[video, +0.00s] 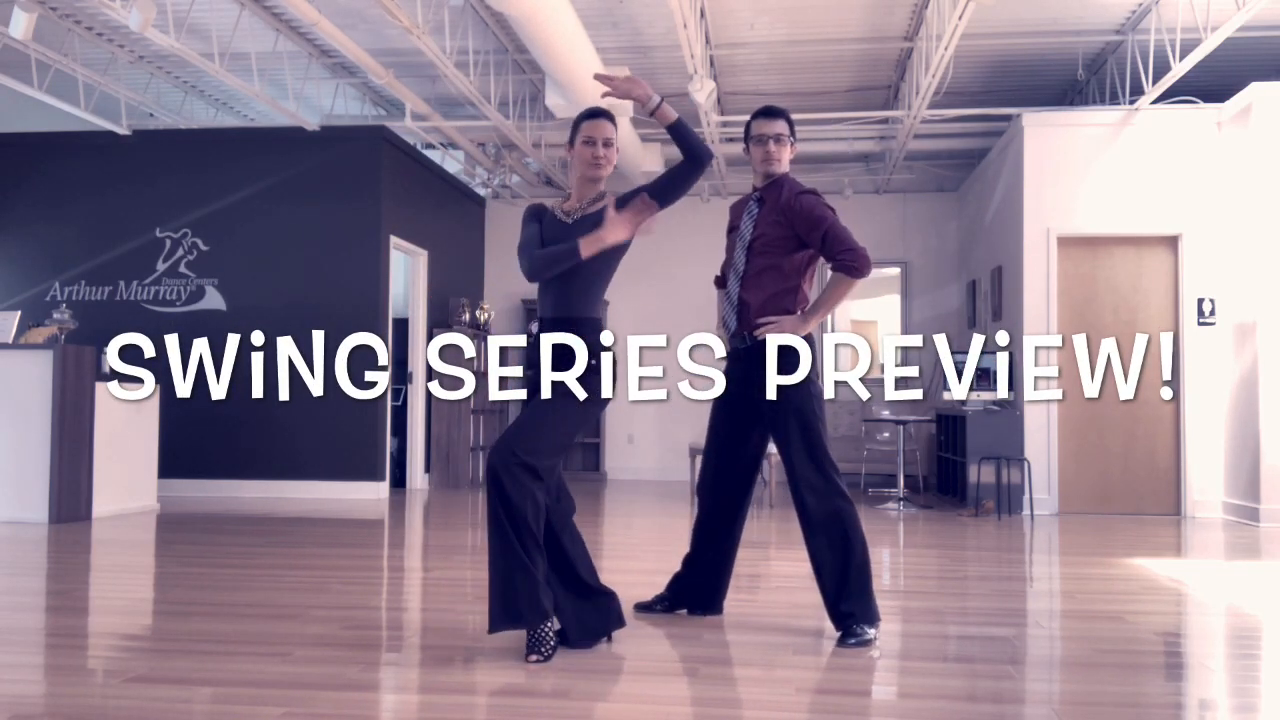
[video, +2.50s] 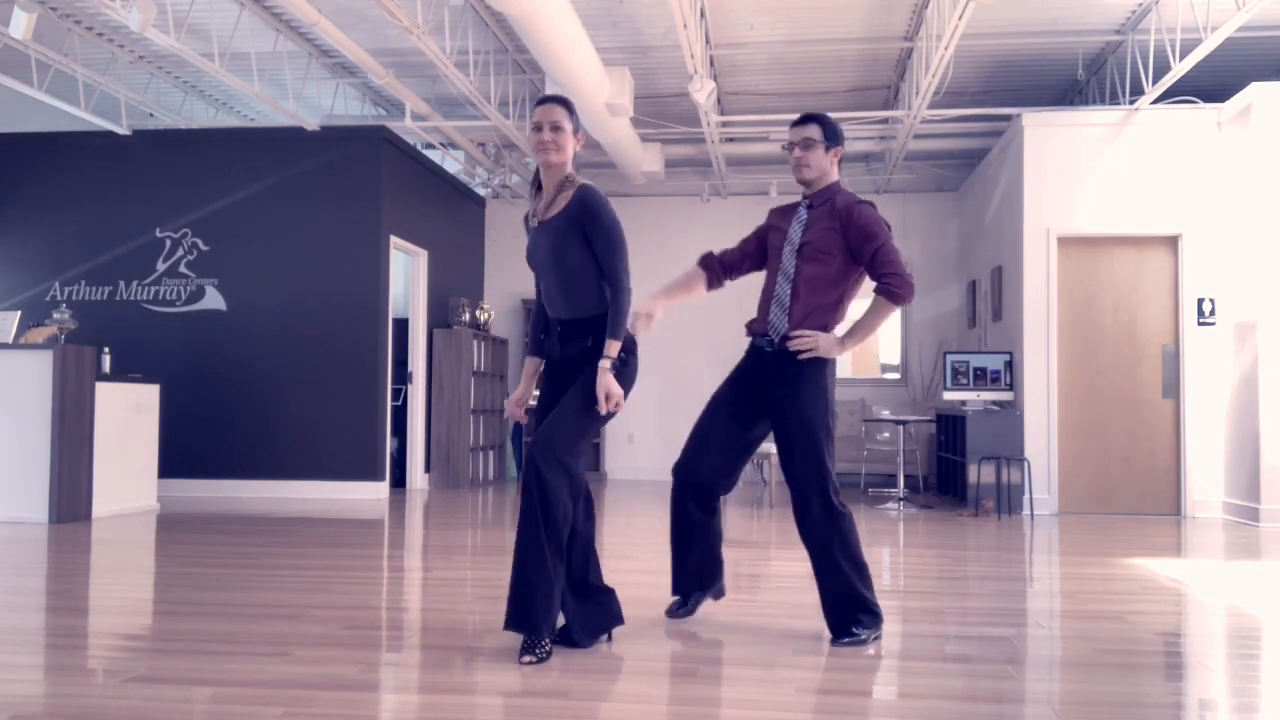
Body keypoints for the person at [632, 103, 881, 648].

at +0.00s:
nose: (769, 148)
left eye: (779, 140)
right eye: (759, 140)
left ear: (794, 148)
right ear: (745, 150)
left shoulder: (800, 202)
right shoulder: (742, 208)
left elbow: (854, 262)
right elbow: (741, 268)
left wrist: (807, 320)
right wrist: (726, 289)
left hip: (783, 354)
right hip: (742, 357)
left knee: (814, 482)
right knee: (723, 477)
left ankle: (857, 615)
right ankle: (698, 590)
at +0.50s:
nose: (759, 155)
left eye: (769, 146)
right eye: (756, 147)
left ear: (800, 151)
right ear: (758, 153)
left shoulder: (815, 207)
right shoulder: (756, 209)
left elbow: (862, 272)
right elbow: (733, 274)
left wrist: (812, 323)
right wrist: (729, 328)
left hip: (786, 357)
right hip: (743, 358)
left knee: (814, 484)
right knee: (723, 478)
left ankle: (856, 615)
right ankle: (697, 591)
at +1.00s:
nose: (792, 169)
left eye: (801, 161)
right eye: (791, 161)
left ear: (833, 163)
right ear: (812, 164)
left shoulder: (850, 224)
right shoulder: (797, 217)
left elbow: (877, 301)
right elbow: (770, 278)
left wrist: (816, 334)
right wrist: (743, 324)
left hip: (787, 365)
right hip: (750, 360)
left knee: (810, 489)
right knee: (721, 480)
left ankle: (854, 617)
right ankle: (697, 592)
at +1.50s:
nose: (795, 164)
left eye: (805, 156)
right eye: (794, 156)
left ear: (837, 162)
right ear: (806, 164)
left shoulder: (848, 221)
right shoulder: (798, 217)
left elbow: (874, 298)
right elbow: (780, 280)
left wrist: (817, 334)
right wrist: (747, 325)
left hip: (787, 364)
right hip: (751, 359)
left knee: (807, 487)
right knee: (721, 479)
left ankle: (855, 616)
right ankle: (697, 591)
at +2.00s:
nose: (787, 164)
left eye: (797, 156)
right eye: (787, 156)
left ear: (830, 162)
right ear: (800, 165)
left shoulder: (847, 221)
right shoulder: (791, 220)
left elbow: (876, 298)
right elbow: (761, 279)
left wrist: (821, 344)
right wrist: (744, 324)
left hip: (792, 368)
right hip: (753, 364)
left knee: (799, 493)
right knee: (719, 483)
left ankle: (854, 617)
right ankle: (695, 592)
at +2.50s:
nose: (795, 154)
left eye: (806, 146)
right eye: (791, 147)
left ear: (835, 154)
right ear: (789, 157)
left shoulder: (854, 213)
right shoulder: (782, 220)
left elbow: (897, 286)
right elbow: (721, 267)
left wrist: (845, 342)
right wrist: (659, 299)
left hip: (805, 365)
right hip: (757, 361)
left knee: (815, 492)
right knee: (694, 474)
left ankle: (857, 618)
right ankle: (698, 579)